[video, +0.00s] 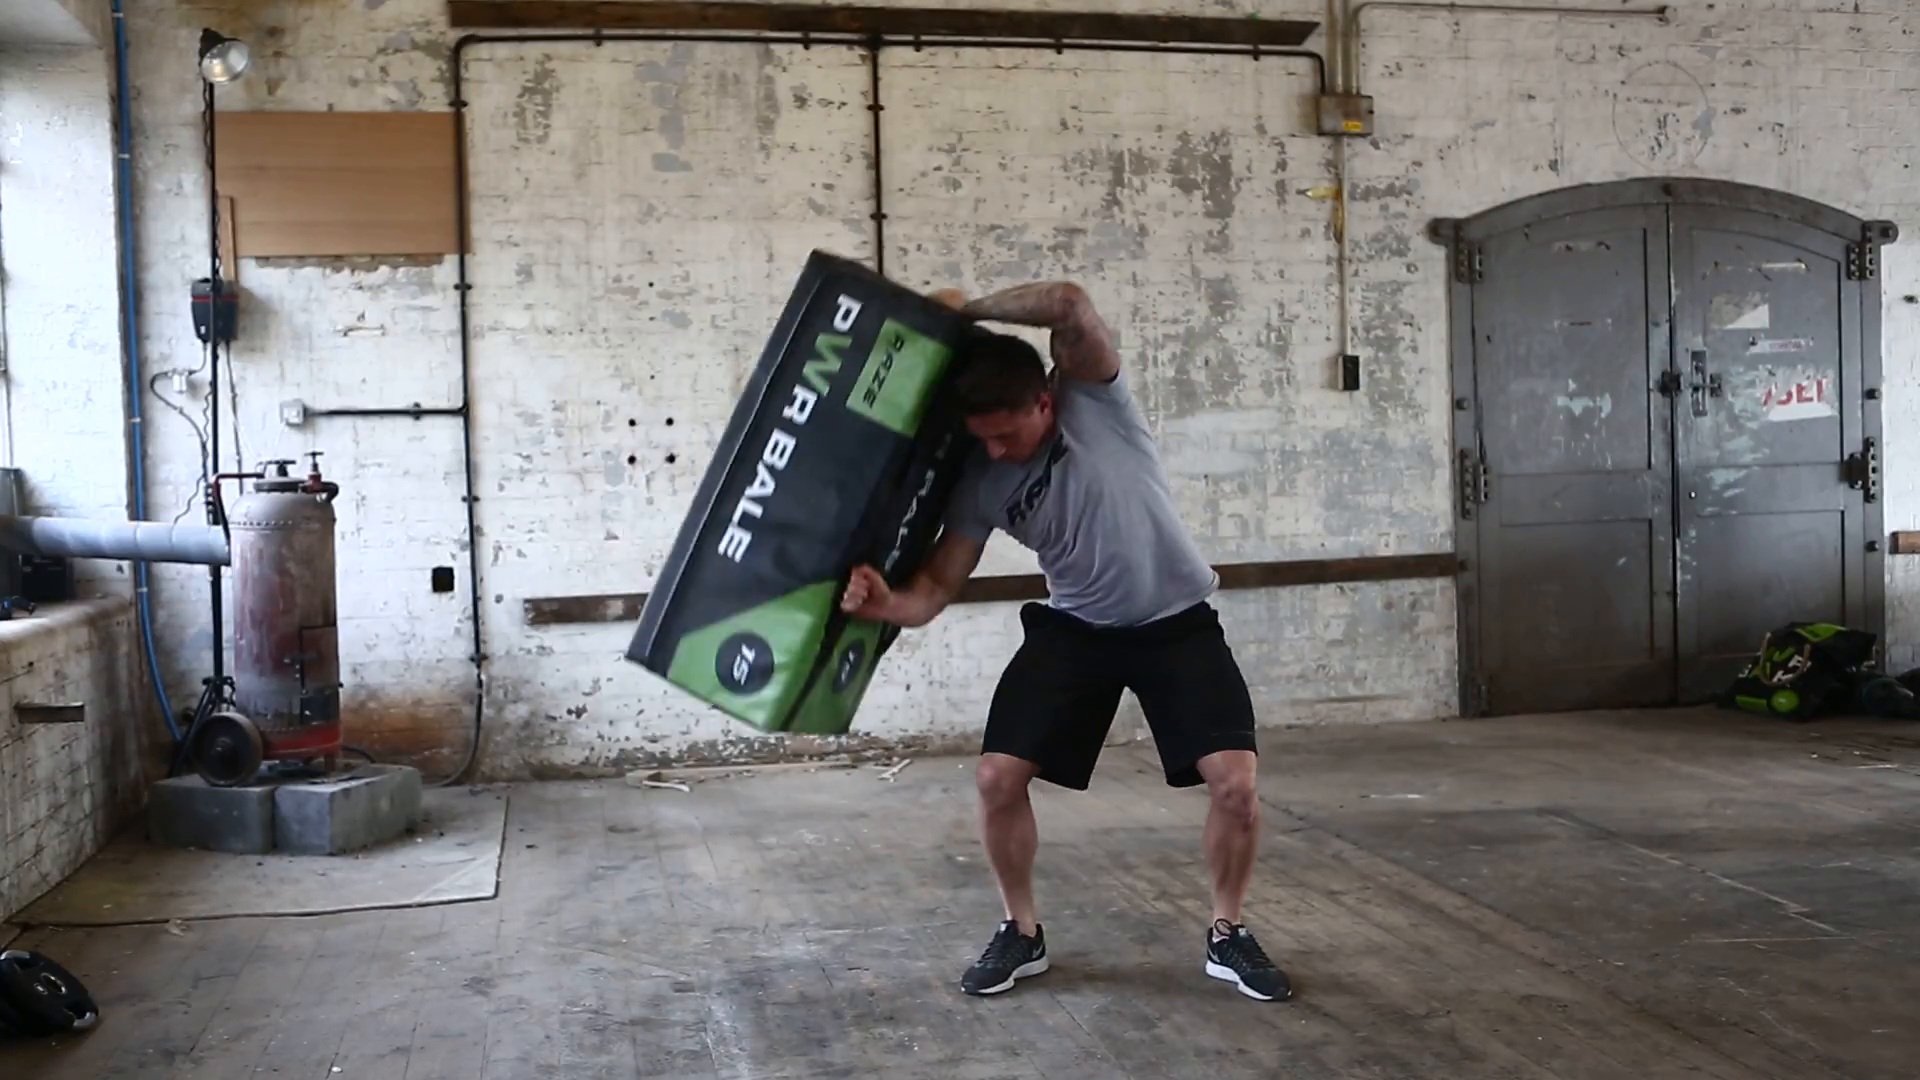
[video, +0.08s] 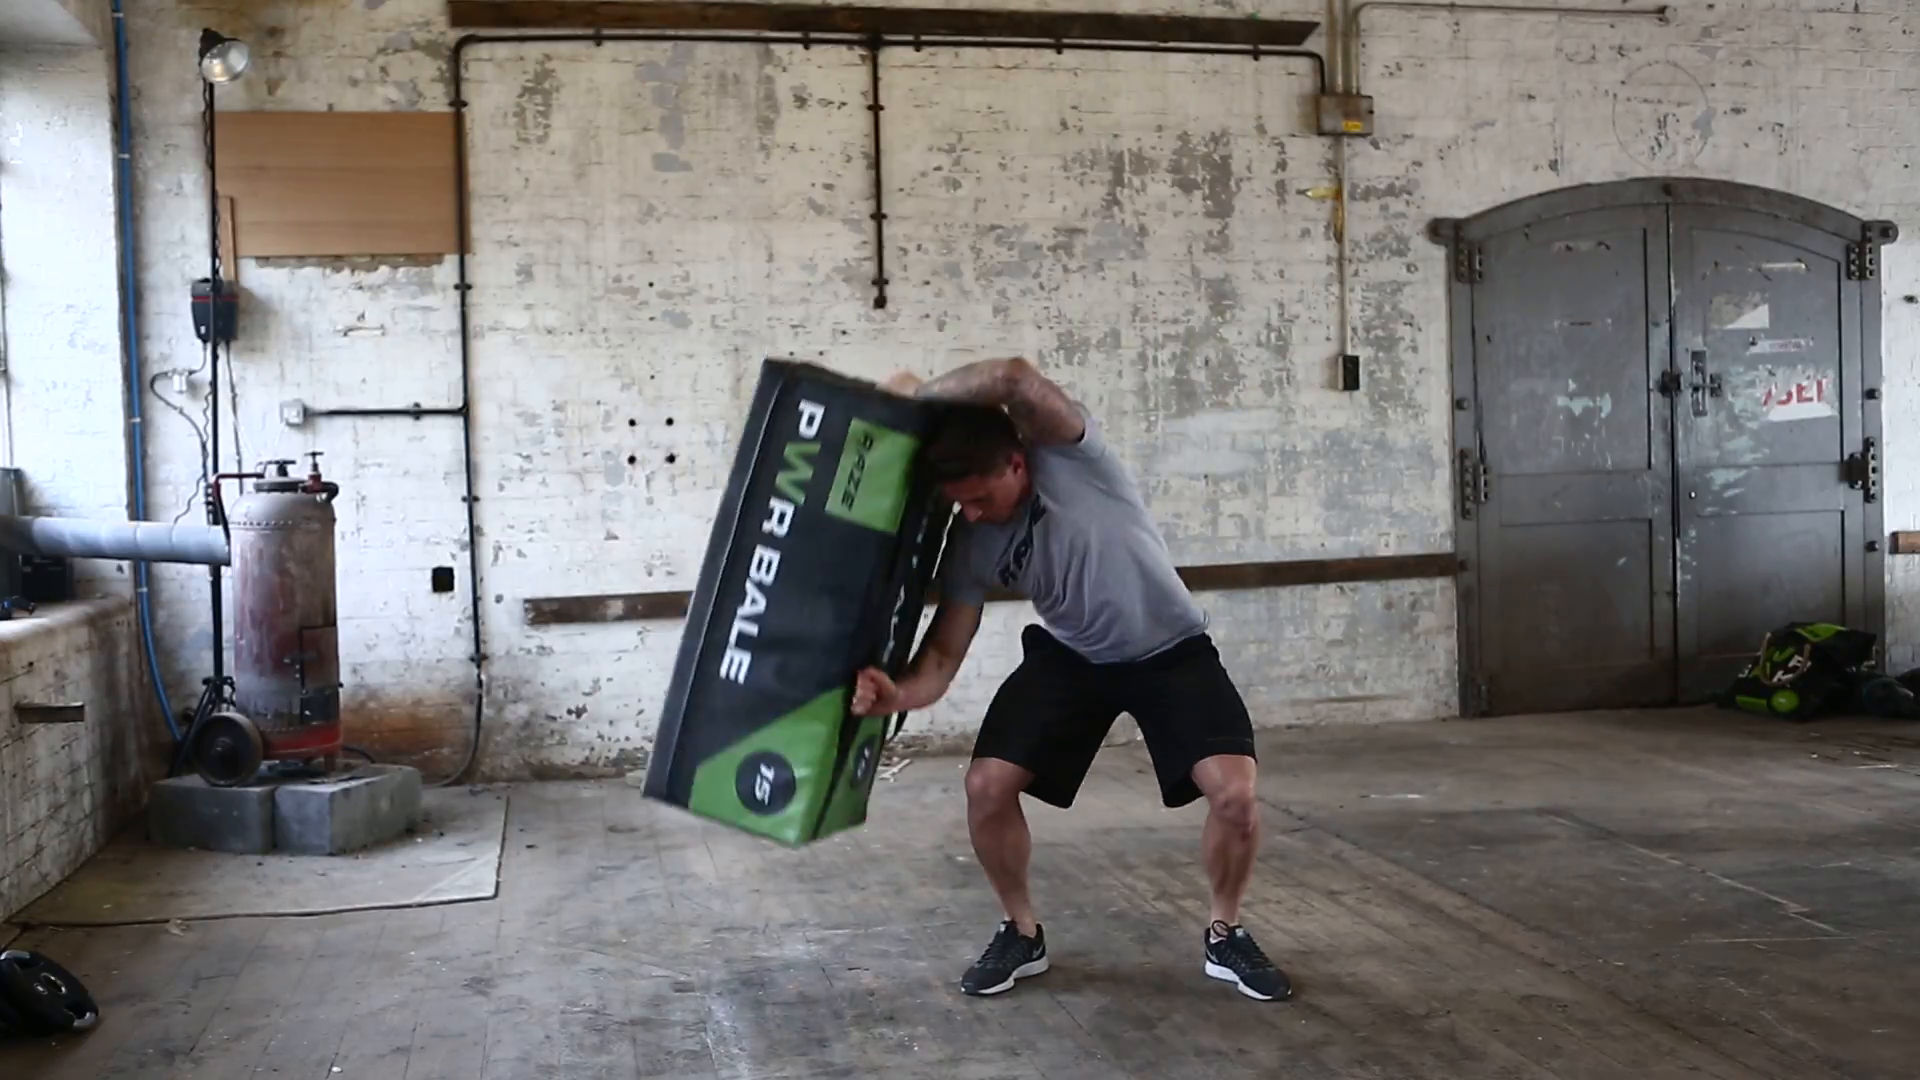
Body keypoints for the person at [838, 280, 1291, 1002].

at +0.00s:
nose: (995, 450)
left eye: (1006, 433)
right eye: (982, 439)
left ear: (1042, 400)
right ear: (966, 424)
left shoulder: (1093, 398)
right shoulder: (984, 484)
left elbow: (1069, 304)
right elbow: (930, 591)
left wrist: (974, 305)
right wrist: (884, 603)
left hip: (1176, 620)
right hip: (1074, 628)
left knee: (1237, 786)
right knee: (997, 777)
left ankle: (1228, 933)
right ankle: (1021, 931)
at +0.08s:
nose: (972, 515)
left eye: (980, 498)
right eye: (959, 505)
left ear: (1015, 464)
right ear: (948, 491)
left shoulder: (1074, 456)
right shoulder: (975, 543)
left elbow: (1012, 377)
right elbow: (940, 655)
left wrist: (921, 395)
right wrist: (898, 696)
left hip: (1170, 647)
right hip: (1068, 655)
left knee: (1236, 794)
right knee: (987, 788)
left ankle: (1225, 933)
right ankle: (1022, 932)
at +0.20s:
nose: (941, 614)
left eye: (947, 597)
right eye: (930, 603)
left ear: (983, 564)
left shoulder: (1041, 528)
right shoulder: (962, 636)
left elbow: (945, 529)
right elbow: (953, 744)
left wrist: (858, 555)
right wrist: (921, 852)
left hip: (1165, 687)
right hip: (1067, 698)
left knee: (1231, 805)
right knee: (982, 793)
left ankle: (1223, 936)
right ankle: (1023, 935)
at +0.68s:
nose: (997, 711)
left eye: (1000, 695)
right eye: (981, 708)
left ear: (1015, 648)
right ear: (947, 688)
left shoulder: (1054, 581)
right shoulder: (959, 698)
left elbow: (990, 593)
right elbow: (938, 780)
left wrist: (895, 597)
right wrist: (904, 866)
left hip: (1160, 716)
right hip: (1059, 732)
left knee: (1232, 802)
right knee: (977, 805)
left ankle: (1222, 935)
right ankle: (1025, 934)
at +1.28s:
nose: (1038, 728)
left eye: (1042, 714)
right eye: (1022, 727)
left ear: (1059, 667)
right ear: (986, 696)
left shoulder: (1090, 618)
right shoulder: (980, 698)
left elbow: (1111, 588)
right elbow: (957, 770)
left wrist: (1001, 591)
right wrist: (931, 845)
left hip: (1164, 750)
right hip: (1069, 763)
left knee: (1237, 803)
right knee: (978, 809)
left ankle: (1221, 936)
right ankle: (1025, 935)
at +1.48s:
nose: (1059, 665)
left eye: (1065, 652)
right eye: (1042, 661)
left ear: (1082, 598)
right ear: (1011, 630)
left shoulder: (1107, 547)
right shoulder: (1006, 635)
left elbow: (1173, 482)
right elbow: (971, 710)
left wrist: (1055, 501)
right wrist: (943, 776)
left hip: (1175, 711)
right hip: (1074, 717)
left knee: (1247, 802)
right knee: (984, 801)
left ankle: (1225, 934)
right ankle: (1023, 933)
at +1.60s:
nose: (1076, 598)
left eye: (1085, 580)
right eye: (1060, 592)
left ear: (1100, 536)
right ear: (1033, 568)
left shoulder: (1130, 493)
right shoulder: (1016, 584)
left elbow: (1212, 419)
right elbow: (967, 653)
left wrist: (1098, 431)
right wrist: (937, 702)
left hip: (1181, 685)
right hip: (1080, 690)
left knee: (1254, 802)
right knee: (990, 799)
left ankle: (1227, 934)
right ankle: (1023, 933)